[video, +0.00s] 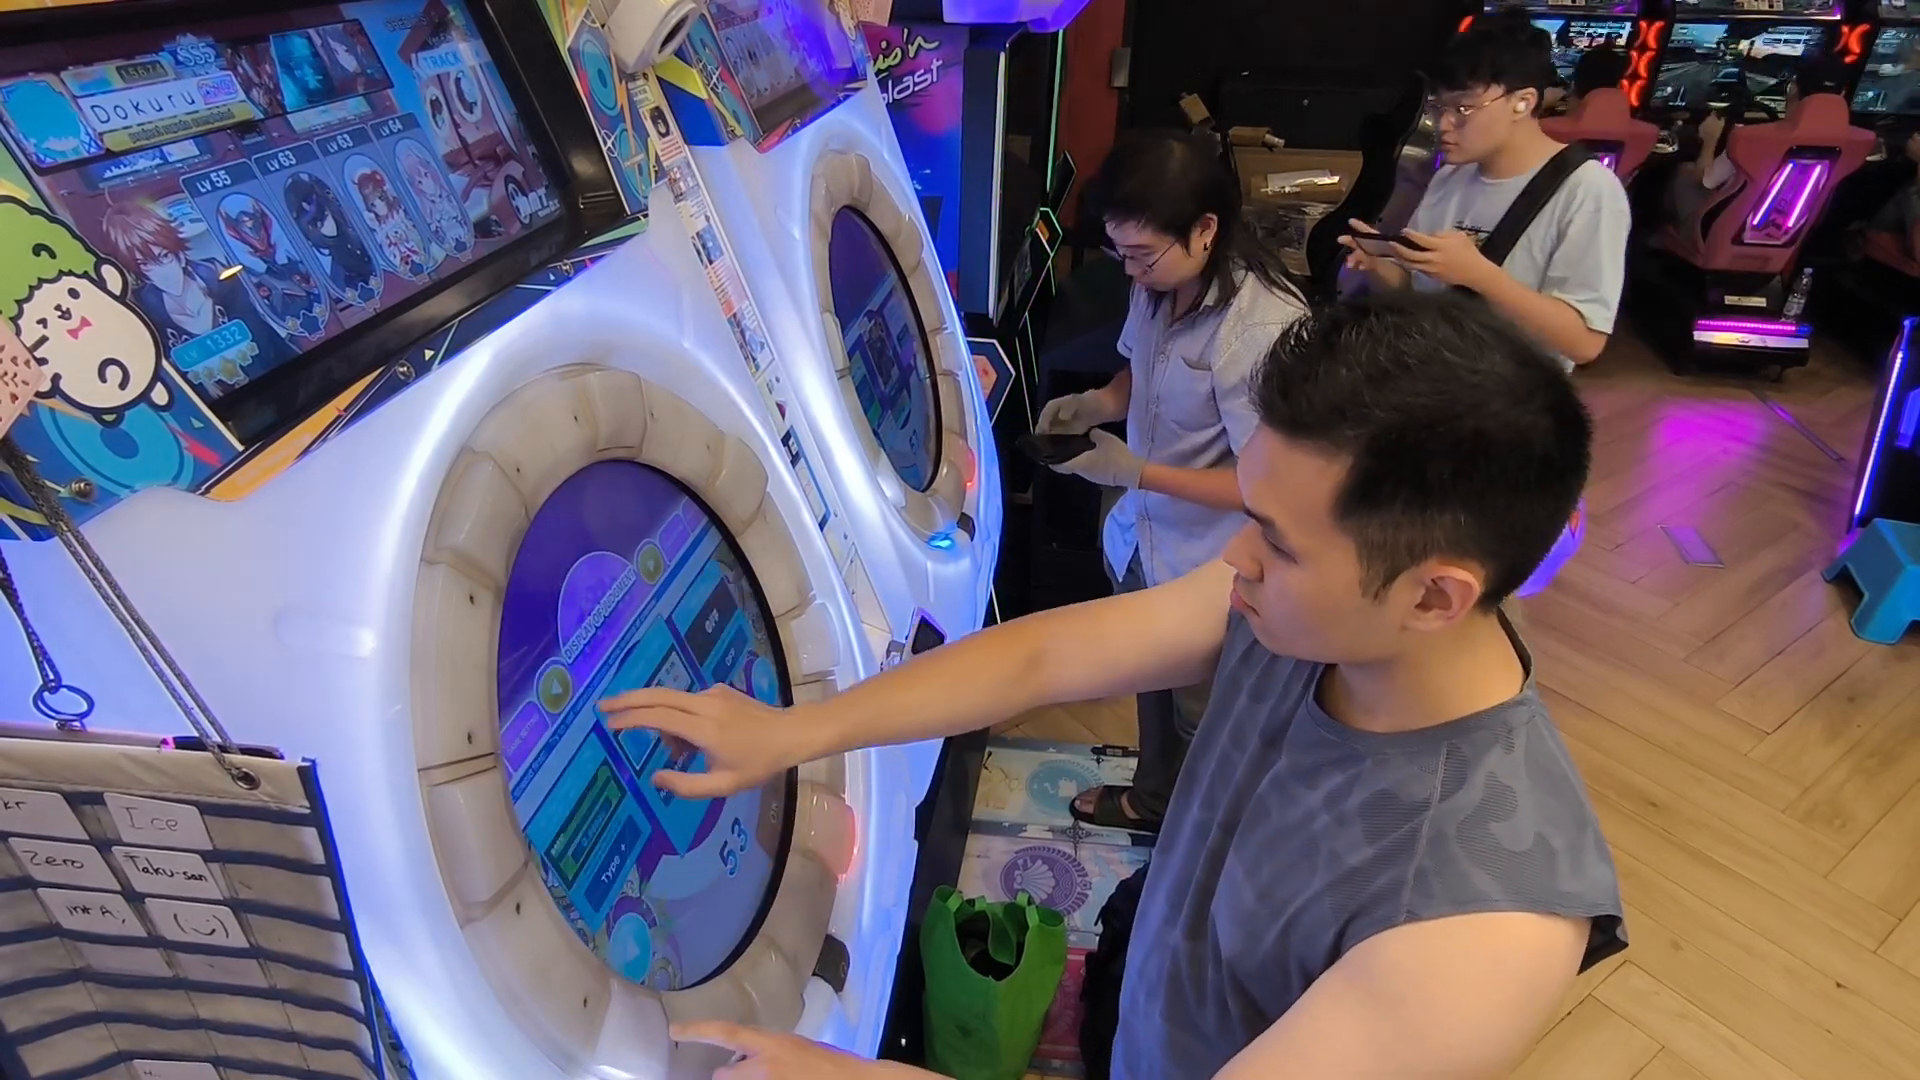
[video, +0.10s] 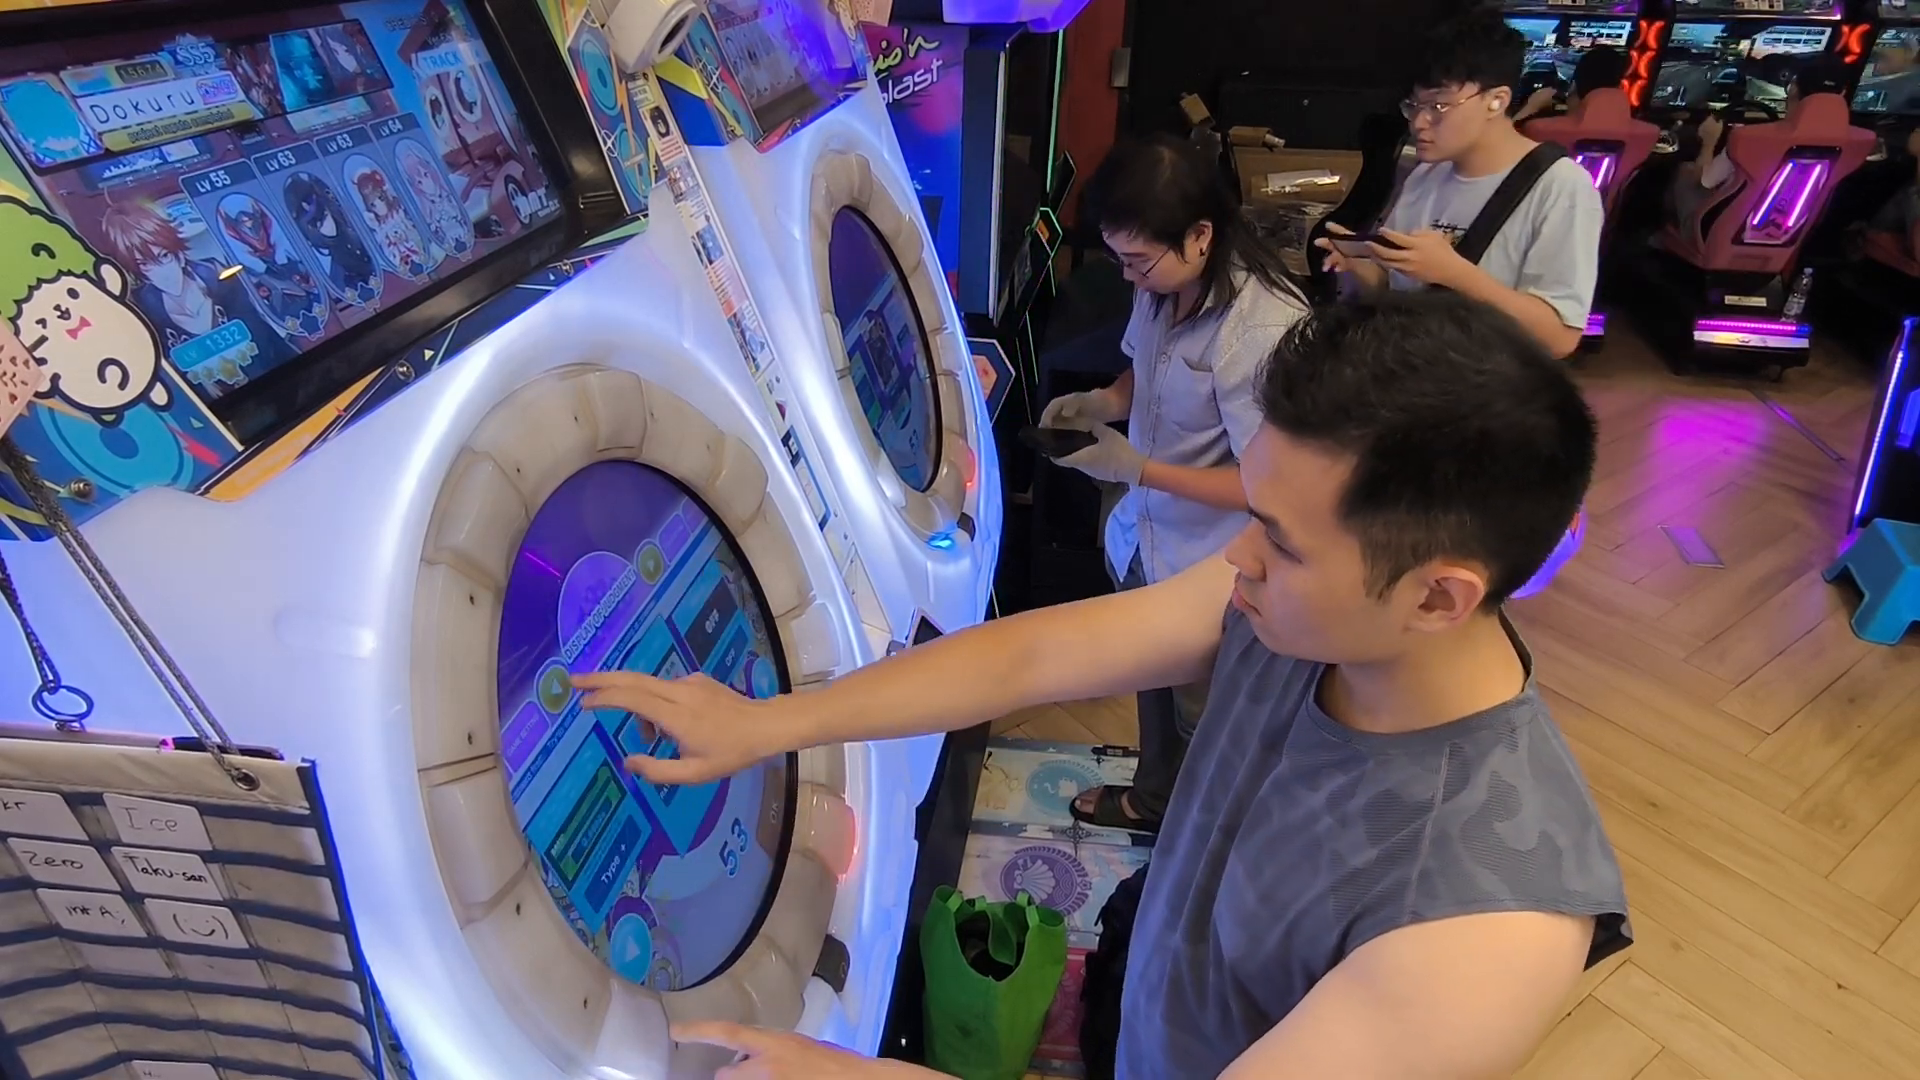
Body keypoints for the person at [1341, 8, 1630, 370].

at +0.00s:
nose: (1443, 124)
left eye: (1463, 108)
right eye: (1438, 107)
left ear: (1523, 103)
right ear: (1430, 102)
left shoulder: (1592, 191)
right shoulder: (1449, 180)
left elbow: (1584, 339)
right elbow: (1415, 295)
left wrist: (1476, 272)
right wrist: (1382, 266)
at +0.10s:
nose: (1418, 122)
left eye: (1438, 105)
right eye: (1414, 104)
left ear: (1497, 101)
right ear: (1406, 100)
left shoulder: (1564, 188)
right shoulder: (1426, 177)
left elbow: (1559, 335)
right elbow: (1391, 291)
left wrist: (1451, 270)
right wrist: (1358, 266)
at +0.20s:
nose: (1401, 119)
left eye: (1421, 102)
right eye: (1396, 102)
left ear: (1478, 99)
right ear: (1388, 98)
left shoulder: (1544, 181)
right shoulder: (1405, 174)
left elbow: (1542, 328)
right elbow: (1372, 290)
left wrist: (1433, 267)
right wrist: (1340, 264)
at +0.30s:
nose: (1389, 118)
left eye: (1409, 101)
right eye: (1384, 100)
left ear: (1466, 98)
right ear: (1376, 97)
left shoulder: (1530, 180)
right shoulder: (1391, 171)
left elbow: (1532, 323)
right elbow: (1359, 284)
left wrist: (1424, 268)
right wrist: (1327, 261)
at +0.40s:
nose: (1384, 118)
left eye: (1404, 102)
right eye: (1378, 101)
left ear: (1459, 98)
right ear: (1370, 99)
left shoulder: (1522, 180)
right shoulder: (1382, 169)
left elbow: (1527, 322)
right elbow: (1346, 281)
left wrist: (1421, 270)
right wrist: (1318, 260)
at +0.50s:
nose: (1383, 119)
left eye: (1403, 102)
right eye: (1376, 102)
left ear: (1458, 98)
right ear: (1368, 98)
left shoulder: (1519, 181)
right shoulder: (1377, 169)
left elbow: (1522, 324)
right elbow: (1338, 283)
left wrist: (1419, 270)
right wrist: (1315, 259)